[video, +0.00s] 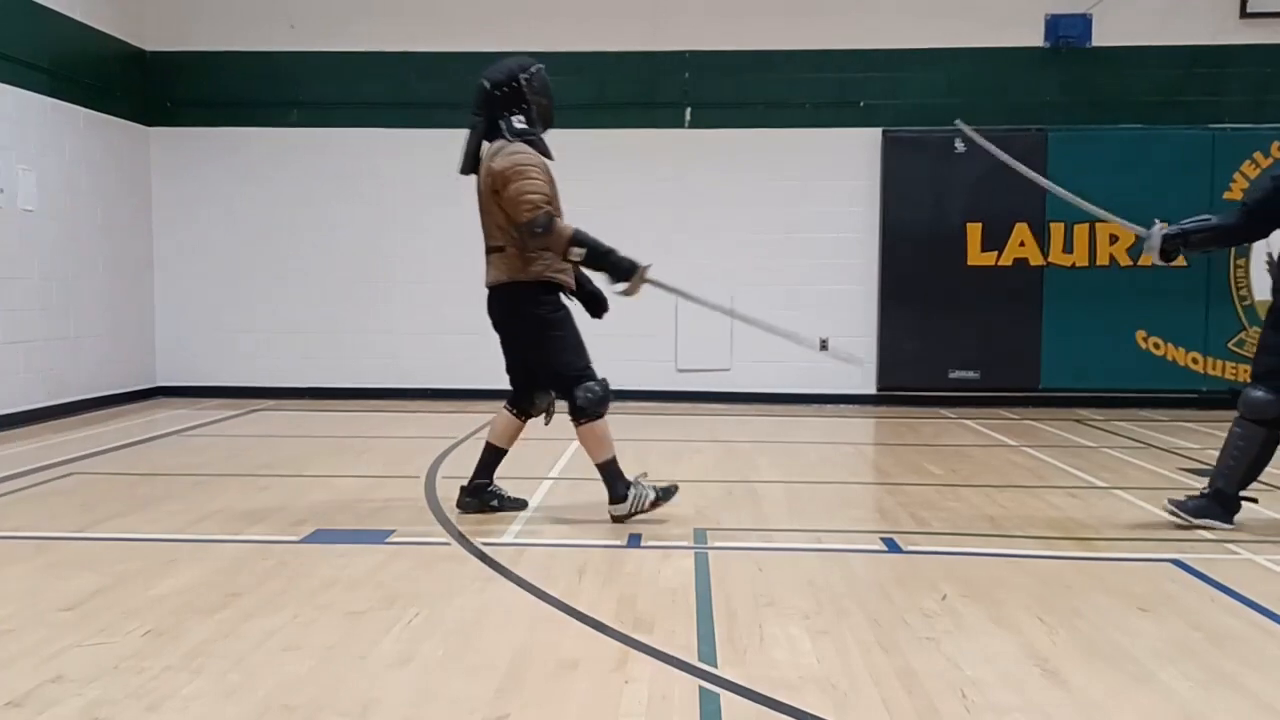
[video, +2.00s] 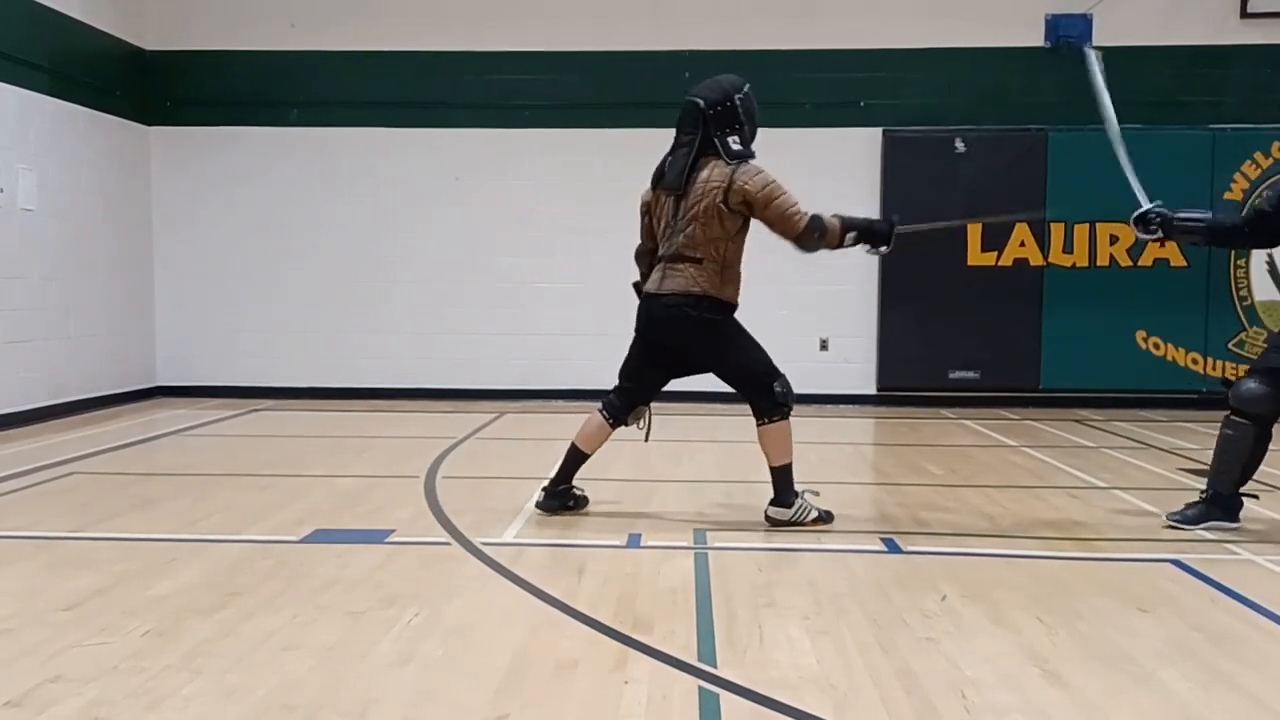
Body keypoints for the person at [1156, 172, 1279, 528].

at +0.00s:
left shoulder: (1274, 179)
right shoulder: (1273, 178)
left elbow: (1250, 219)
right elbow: (1250, 218)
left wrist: (1177, 236)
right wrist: (1180, 234)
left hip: (1278, 315)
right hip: (1277, 312)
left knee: (1266, 393)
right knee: (1264, 393)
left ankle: (1221, 498)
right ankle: (1221, 498)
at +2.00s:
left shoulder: (1277, 199)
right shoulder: (1278, 197)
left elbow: (1254, 231)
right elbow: (1253, 231)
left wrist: (1175, 225)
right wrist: (1174, 225)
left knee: (1256, 395)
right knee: (1253, 395)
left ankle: (1221, 499)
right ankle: (1221, 499)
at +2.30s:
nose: (1265, 141)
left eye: (1273, 132)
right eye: (1258, 133)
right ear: (1248, 138)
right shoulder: (1247, 189)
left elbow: (1192, 209)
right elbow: (1189, 209)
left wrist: (1125, 205)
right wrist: (1122, 204)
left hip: (1269, 325)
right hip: (1260, 323)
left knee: (1216, 399)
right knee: (1212, 399)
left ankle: (1185, 498)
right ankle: (1184, 498)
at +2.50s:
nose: (1226, 136)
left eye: (1239, 127)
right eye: (1222, 128)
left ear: (1267, 132)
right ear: (1216, 134)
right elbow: (1169, 239)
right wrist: (1118, 248)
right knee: (1197, 394)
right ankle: (1181, 496)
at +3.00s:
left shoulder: (1273, 191)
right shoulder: (1272, 189)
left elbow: (1238, 227)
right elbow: (1238, 226)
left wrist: (1163, 237)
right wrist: (1165, 237)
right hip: (1279, 317)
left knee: (1252, 388)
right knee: (1251, 388)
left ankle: (1233, 498)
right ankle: (1232, 497)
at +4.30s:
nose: (1270, 125)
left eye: (1276, 116)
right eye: (1265, 116)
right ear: (1257, 123)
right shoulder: (1254, 178)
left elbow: (1193, 213)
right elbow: (1192, 213)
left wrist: (1114, 219)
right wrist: (1112, 220)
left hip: (1270, 316)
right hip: (1259, 314)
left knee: (1209, 388)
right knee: (1203, 389)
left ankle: (1193, 493)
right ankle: (1193, 494)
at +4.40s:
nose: (1253, 128)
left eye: (1265, 117)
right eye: (1248, 118)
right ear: (1240, 126)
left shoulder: (1269, 184)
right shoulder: (1238, 190)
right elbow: (1174, 224)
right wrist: (1097, 223)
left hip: (1269, 322)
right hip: (1250, 320)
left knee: (1191, 388)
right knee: (1186, 389)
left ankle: (1143, 488)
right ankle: (1142, 490)